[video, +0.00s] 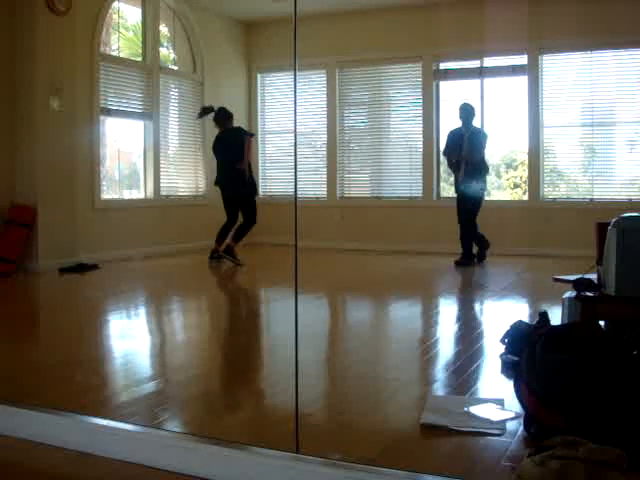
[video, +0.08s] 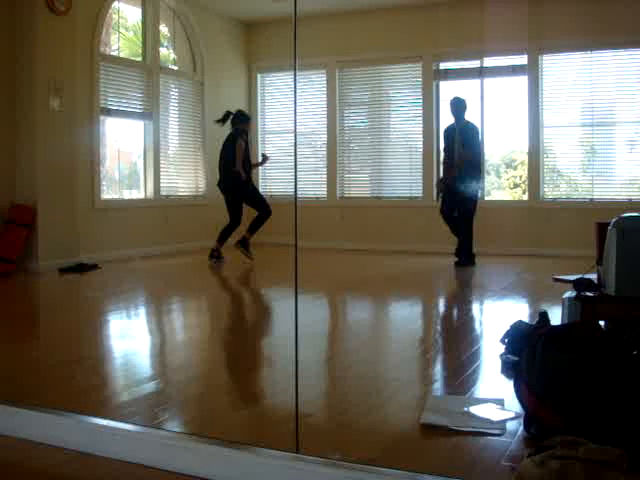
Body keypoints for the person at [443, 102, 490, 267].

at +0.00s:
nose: (464, 116)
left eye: (467, 112)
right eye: (462, 112)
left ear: (472, 114)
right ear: (459, 114)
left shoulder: (479, 134)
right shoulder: (453, 134)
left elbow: (478, 155)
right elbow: (448, 154)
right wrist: (454, 166)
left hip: (477, 179)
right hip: (461, 179)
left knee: (468, 219)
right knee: (464, 220)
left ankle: (482, 243)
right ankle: (466, 254)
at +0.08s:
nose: (455, 110)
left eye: (458, 107)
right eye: (453, 107)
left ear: (464, 108)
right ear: (451, 109)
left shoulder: (471, 129)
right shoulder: (448, 131)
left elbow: (477, 157)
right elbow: (446, 157)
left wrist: (479, 181)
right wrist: (444, 178)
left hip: (469, 181)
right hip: (452, 182)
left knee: (465, 219)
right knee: (446, 212)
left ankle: (465, 256)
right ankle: (465, 240)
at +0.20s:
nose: (444, 105)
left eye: (447, 102)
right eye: (442, 102)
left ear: (453, 102)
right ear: (441, 103)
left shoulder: (462, 123)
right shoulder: (440, 124)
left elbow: (467, 152)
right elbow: (434, 152)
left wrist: (470, 177)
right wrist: (424, 175)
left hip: (462, 177)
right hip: (444, 178)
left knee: (465, 217)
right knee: (436, 210)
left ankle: (468, 255)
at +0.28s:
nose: (436, 107)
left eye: (439, 103)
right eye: (435, 103)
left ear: (447, 104)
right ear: (435, 105)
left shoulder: (458, 125)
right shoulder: (435, 127)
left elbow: (464, 153)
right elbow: (428, 152)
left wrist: (467, 178)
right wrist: (416, 172)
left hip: (459, 178)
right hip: (440, 178)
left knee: (464, 217)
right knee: (432, 215)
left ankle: (468, 255)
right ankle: (428, 252)